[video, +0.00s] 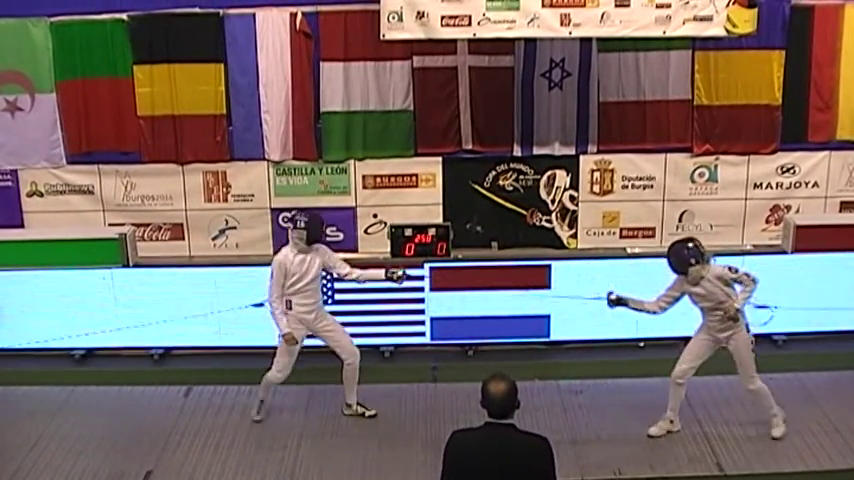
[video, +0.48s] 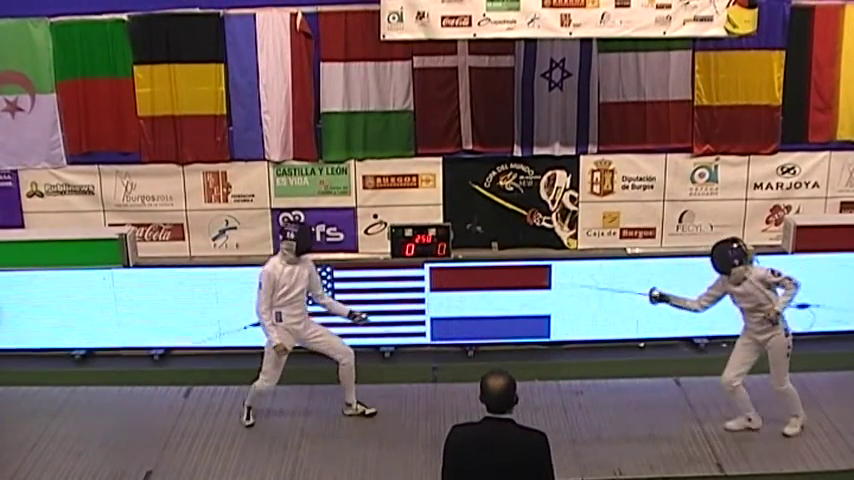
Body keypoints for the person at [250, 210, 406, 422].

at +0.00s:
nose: (295, 234)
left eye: (301, 231)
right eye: (294, 230)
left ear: (311, 235)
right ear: (290, 231)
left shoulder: (321, 253)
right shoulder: (282, 259)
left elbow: (350, 273)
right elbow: (275, 299)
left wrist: (386, 274)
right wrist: (284, 329)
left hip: (319, 317)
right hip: (293, 321)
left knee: (351, 355)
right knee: (278, 374)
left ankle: (351, 404)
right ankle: (261, 401)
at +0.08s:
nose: (311, 237)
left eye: (314, 233)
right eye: (309, 232)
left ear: (319, 233)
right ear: (301, 230)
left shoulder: (325, 251)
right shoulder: (286, 257)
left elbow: (350, 275)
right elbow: (277, 295)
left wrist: (384, 278)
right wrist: (286, 326)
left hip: (321, 314)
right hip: (296, 316)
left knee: (352, 354)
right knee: (288, 368)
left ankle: (351, 404)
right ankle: (283, 404)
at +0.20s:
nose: (306, 239)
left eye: (311, 236)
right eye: (304, 234)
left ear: (320, 238)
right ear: (300, 233)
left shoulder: (327, 254)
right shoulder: (289, 259)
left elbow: (344, 283)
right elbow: (279, 297)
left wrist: (379, 289)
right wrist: (286, 329)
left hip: (323, 316)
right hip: (297, 319)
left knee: (355, 354)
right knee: (291, 375)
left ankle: (351, 404)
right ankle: (295, 404)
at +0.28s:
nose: (303, 239)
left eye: (308, 235)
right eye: (301, 234)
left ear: (318, 240)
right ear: (298, 236)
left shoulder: (324, 259)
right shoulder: (287, 263)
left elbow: (342, 290)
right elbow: (278, 302)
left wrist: (373, 297)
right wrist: (285, 335)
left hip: (322, 319)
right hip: (297, 324)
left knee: (357, 355)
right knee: (291, 375)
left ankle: (351, 404)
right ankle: (274, 406)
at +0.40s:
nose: (293, 245)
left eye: (299, 241)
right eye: (292, 240)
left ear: (309, 246)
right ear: (288, 241)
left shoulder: (315, 264)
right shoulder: (279, 269)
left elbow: (329, 295)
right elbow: (271, 308)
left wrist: (359, 308)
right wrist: (281, 340)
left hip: (315, 324)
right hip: (290, 329)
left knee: (354, 354)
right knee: (275, 383)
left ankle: (352, 405)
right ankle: (250, 404)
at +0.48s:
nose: (287, 245)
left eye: (292, 242)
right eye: (285, 241)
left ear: (302, 246)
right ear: (282, 242)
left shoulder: (307, 264)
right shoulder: (270, 270)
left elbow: (320, 297)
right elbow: (263, 310)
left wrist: (349, 313)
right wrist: (274, 338)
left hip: (306, 326)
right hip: (281, 330)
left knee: (346, 355)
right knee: (266, 383)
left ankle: (351, 405)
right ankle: (248, 406)